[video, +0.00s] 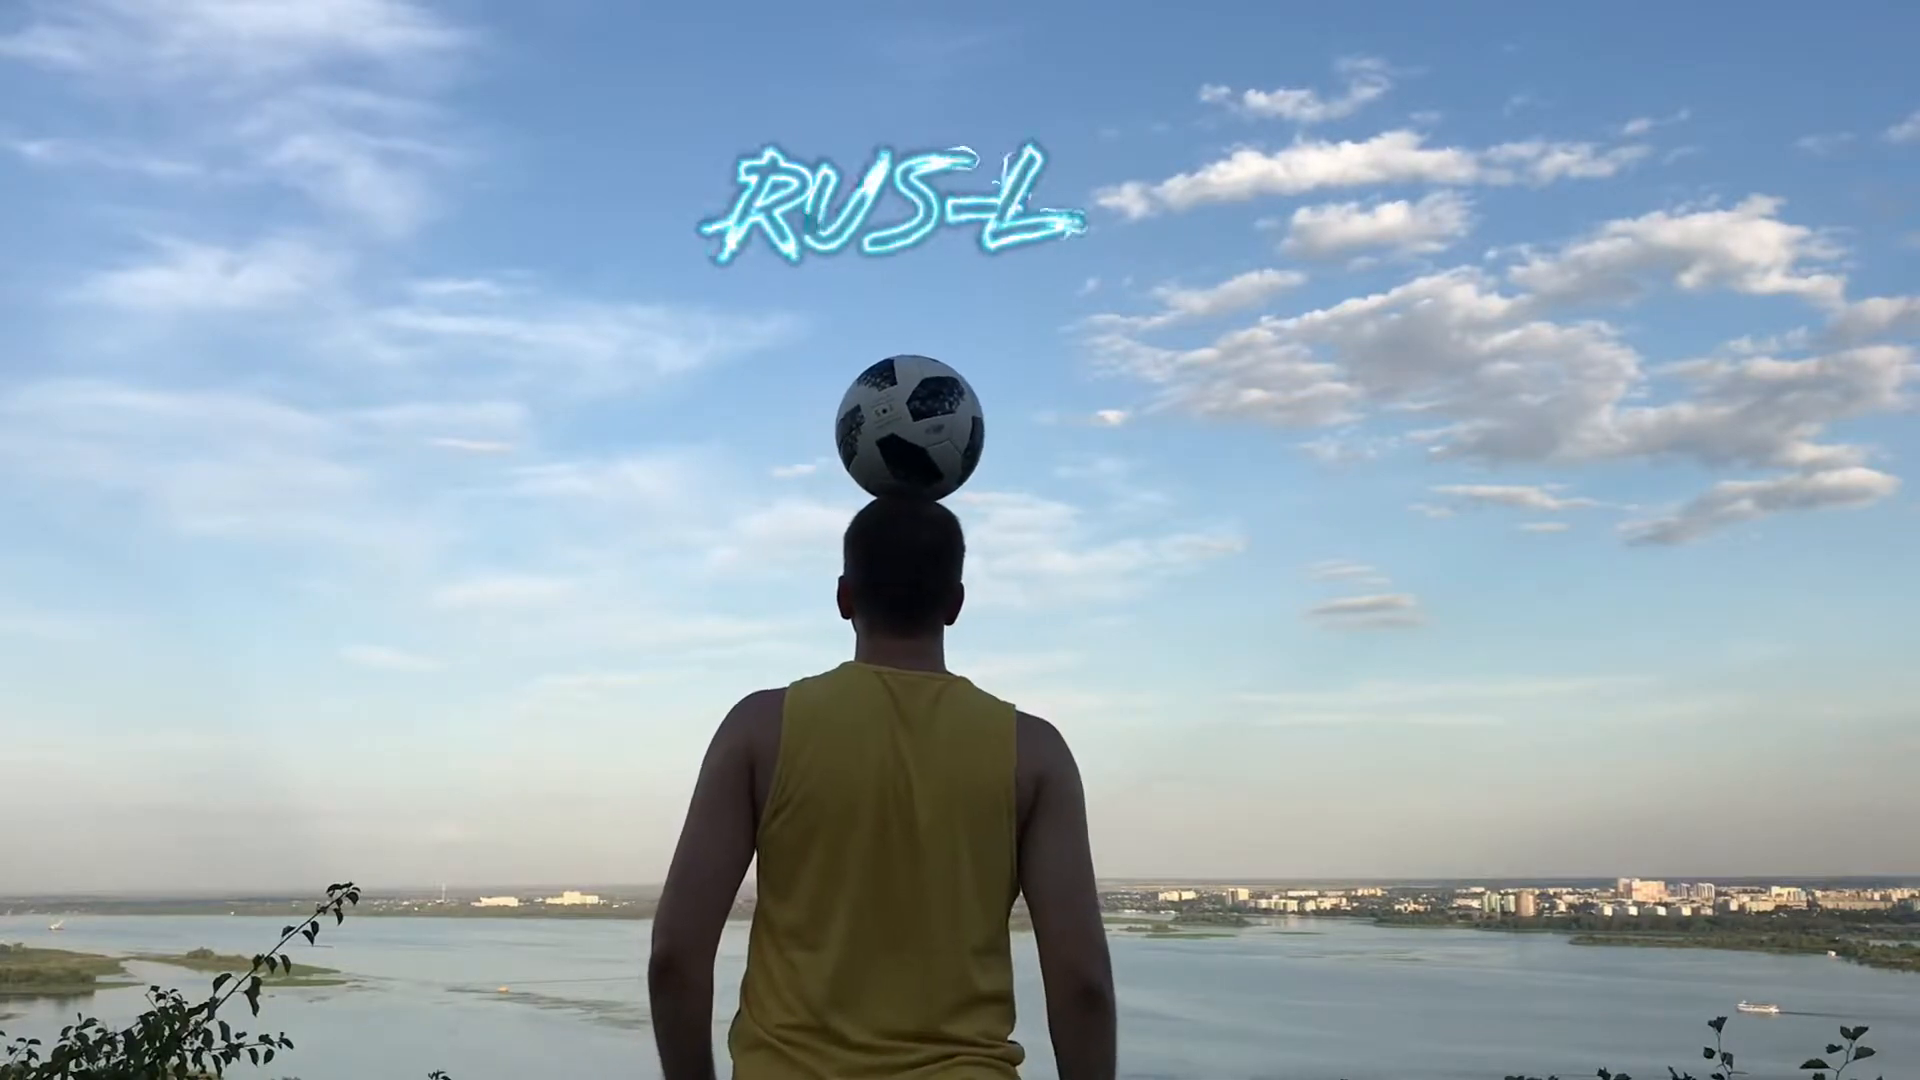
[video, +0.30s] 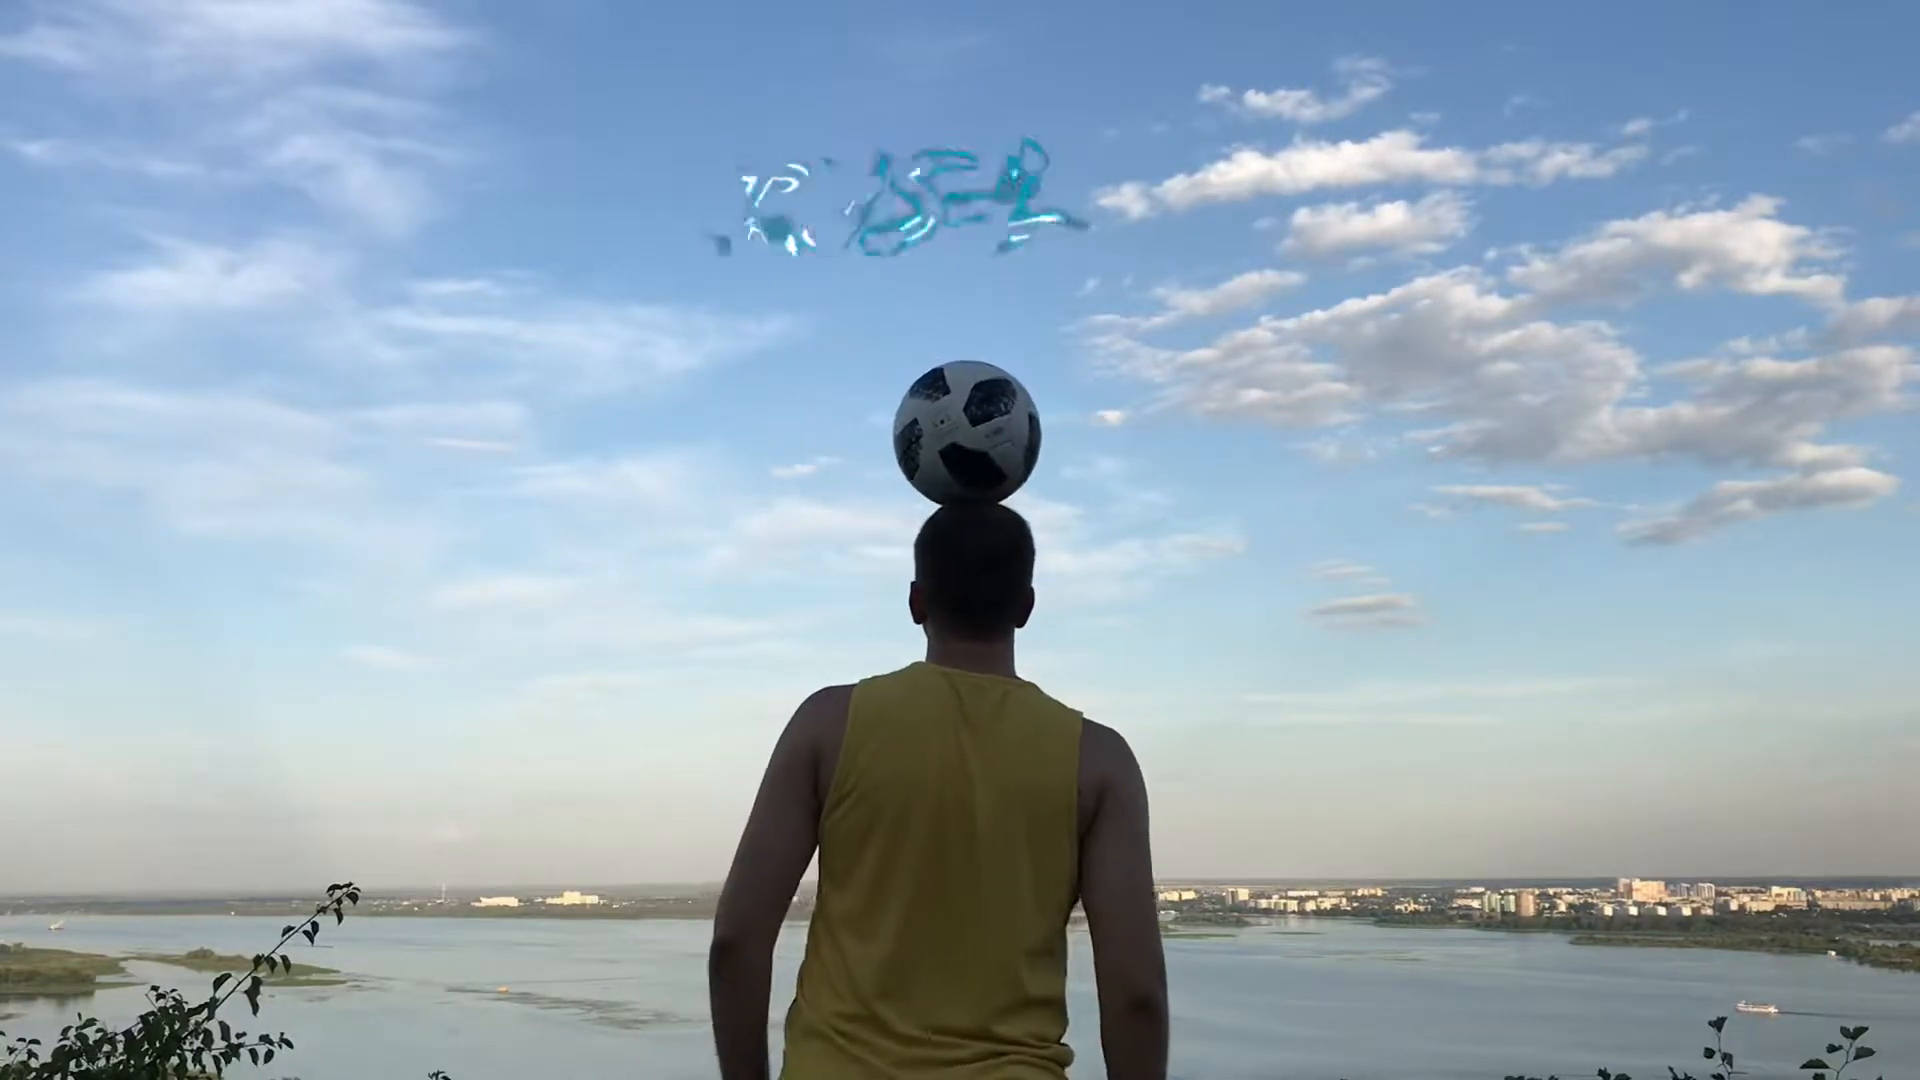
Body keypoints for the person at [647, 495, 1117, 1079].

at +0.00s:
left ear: (843, 597)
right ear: (958, 603)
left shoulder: (760, 726)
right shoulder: (1031, 747)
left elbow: (675, 958)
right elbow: (1083, 985)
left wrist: (693, 1071)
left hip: (788, 1058)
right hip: (966, 1061)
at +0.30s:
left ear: (915, 602)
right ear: (1028, 604)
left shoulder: (829, 721)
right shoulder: (1096, 755)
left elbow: (737, 942)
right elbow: (1137, 996)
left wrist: (747, 1072)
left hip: (838, 1056)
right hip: (1015, 1060)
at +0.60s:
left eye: (965, 593)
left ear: (966, 607)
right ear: (1079, 606)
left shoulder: (890, 723)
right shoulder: (1159, 753)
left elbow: (799, 942)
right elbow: (1200, 995)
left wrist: (811, 1071)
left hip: (892, 1055)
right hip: (1069, 1061)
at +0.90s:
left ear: (922, 601)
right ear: (1033, 607)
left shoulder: (849, 729)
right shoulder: (1116, 747)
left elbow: (768, 953)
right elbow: (1177, 983)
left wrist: (789, 1071)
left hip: (874, 1058)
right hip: (1049, 1061)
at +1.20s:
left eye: (801, 577)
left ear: (800, 591)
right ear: (915, 598)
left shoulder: (729, 736)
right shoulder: (1002, 734)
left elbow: (672, 981)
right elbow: (1086, 958)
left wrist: (698, 1075)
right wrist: (1107, 1074)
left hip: (796, 1060)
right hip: (974, 1061)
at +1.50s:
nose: (749, 586)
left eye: (708, 563)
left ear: (700, 586)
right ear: (815, 586)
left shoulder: (636, 739)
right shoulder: (904, 723)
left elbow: (580, 955)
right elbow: (987, 912)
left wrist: (580, 1059)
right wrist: (1016, 1044)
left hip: (716, 1051)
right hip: (883, 1050)